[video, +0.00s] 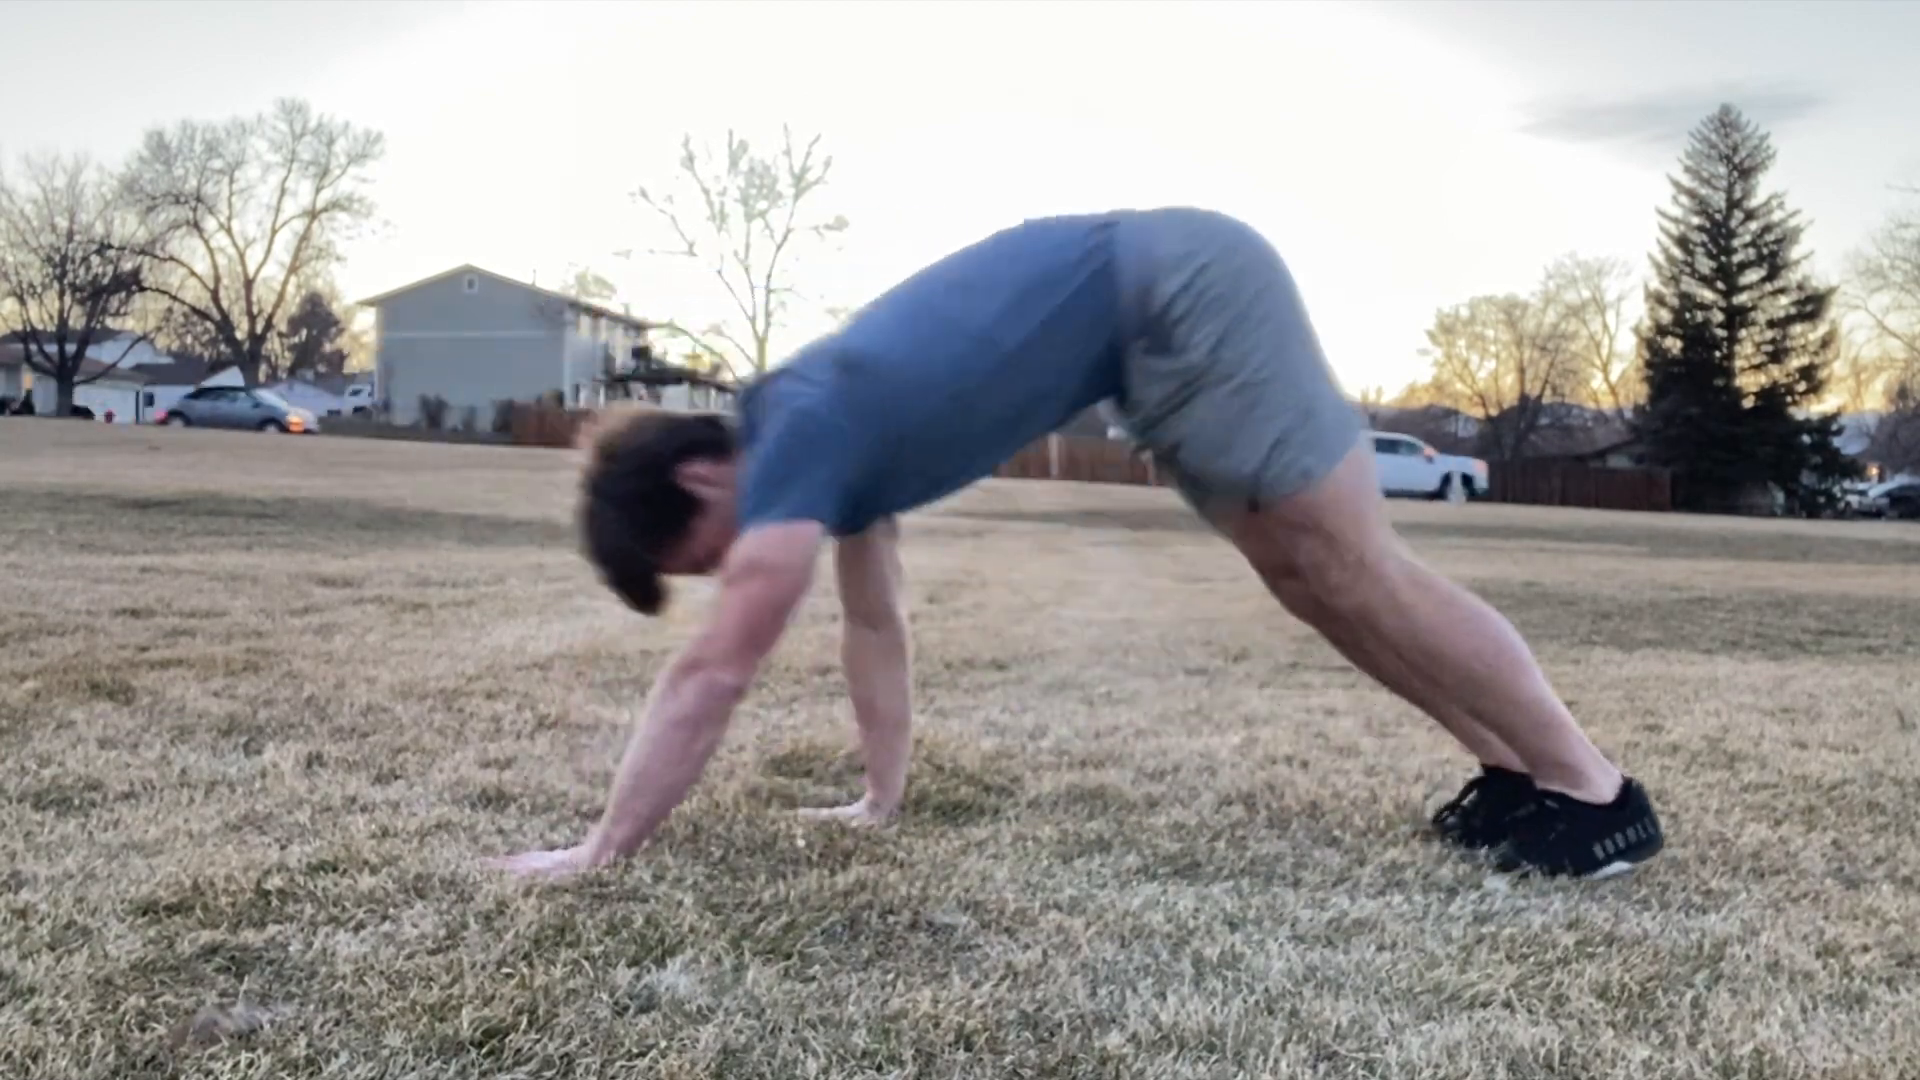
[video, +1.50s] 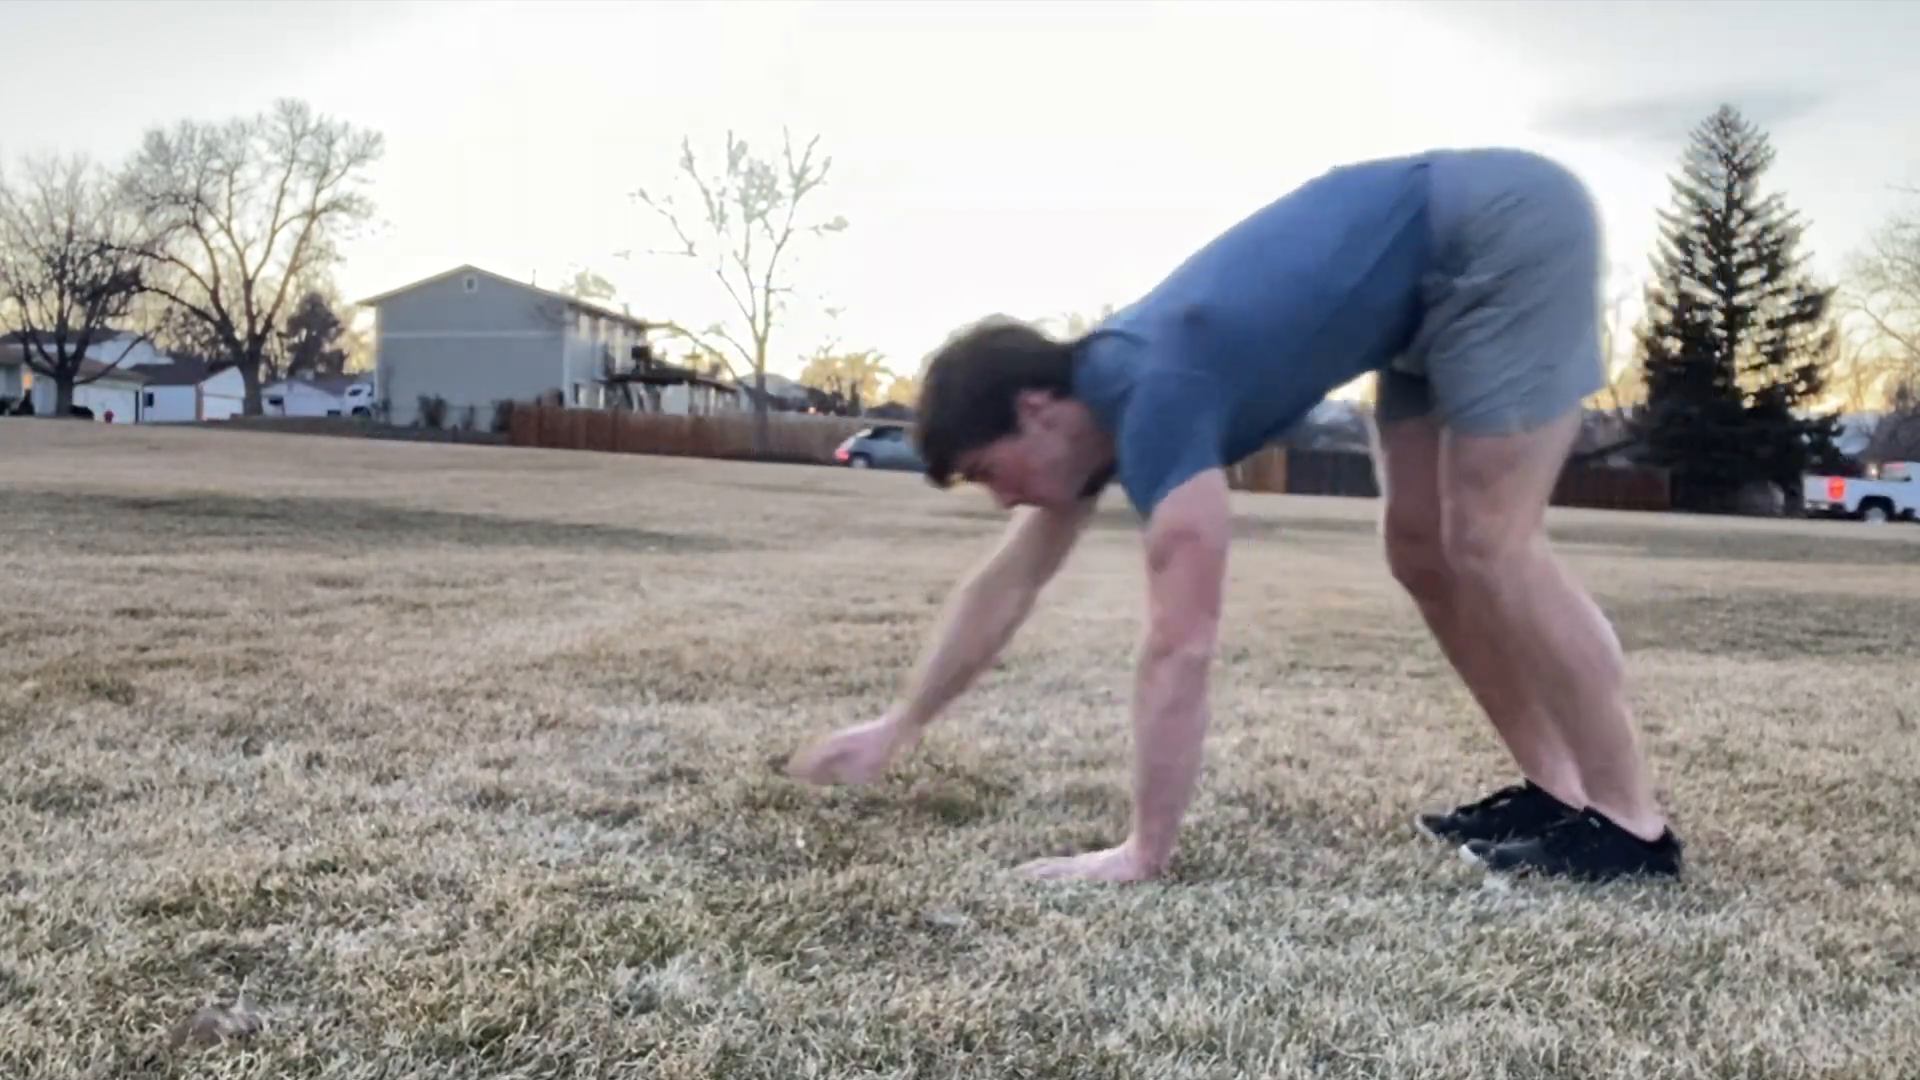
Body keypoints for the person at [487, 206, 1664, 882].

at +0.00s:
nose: (723, 570)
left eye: (703, 554)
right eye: (705, 563)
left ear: (699, 485)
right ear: (707, 479)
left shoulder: (795, 426)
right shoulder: (824, 435)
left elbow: (717, 668)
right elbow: (874, 629)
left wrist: (604, 847)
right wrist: (885, 798)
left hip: (1184, 285)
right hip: (1149, 328)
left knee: (1355, 575)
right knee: (1313, 584)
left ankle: (1598, 796)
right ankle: (1525, 775)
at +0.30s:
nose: (1078, 577)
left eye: (1056, 560)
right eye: (1053, 579)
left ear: (1048, 492)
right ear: (1042, 481)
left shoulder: (1159, 418)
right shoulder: (1080, 429)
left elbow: (1206, 661)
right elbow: (1015, 631)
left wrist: (1200, 869)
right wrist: (920, 785)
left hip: (1476, 209)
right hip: (1395, 254)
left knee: (1475, 526)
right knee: (1402, 544)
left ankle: (1621, 816)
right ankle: (1547, 790)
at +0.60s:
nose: (1240, 505)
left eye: (1221, 486)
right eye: (1218, 501)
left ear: (1230, 411)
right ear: (1230, 400)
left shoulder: (1366, 340)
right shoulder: (1273, 367)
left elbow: (1424, 584)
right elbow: (1288, 583)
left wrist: (1348, 764)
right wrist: (1276, 767)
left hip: (1670, 216)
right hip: (1558, 258)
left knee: (1599, 512)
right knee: (1504, 521)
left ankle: (1642, 826)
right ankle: (1563, 791)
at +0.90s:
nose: (1244, 438)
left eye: (1226, 416)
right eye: (1220, 431)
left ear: (1252, 341)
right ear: (1250, 335)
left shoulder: (1404, 308)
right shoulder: (1322, 343)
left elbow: (1479, 547)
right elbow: (1322, 532)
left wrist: (1501, 752)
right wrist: (1297, 712)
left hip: (1722, 224)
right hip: (1612, 259)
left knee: (1621, 509)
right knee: (1540, 506)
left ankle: (1646, 824)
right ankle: (1571, 791)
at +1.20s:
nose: (1189, 452)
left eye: (1173, 429)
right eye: (1168, 444)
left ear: (1209, 357)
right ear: (1217, 350)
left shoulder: (1319, 325)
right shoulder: (1300, 347)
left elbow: (1225, 558)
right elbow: (1374, 539)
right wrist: (1427, 714)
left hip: (1680, 215)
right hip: (1575, 261)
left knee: (1593, 515)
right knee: (1510, 516)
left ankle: (1645, 827)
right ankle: (1571, 788)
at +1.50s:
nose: (1006, 504)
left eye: (995, 479)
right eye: (988, 489)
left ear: (1038, 415)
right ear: (1033, 409)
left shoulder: (1162, 391)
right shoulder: (1095, 391)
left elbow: (1182, 645)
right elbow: (1010, 584)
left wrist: (1145, 851)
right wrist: (895, 729)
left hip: (1507, 221)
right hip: (1421, 262)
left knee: (1490, 537)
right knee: (1424, 553)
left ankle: (1636, 824)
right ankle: (1559, 797)